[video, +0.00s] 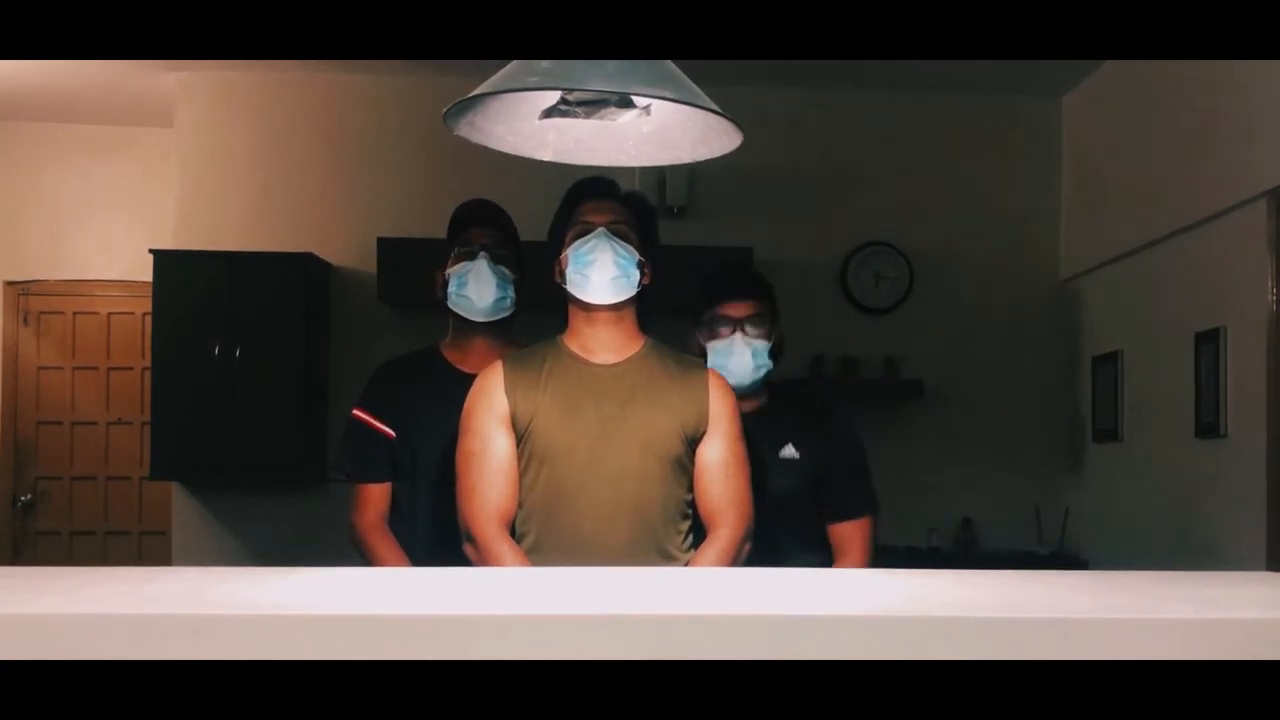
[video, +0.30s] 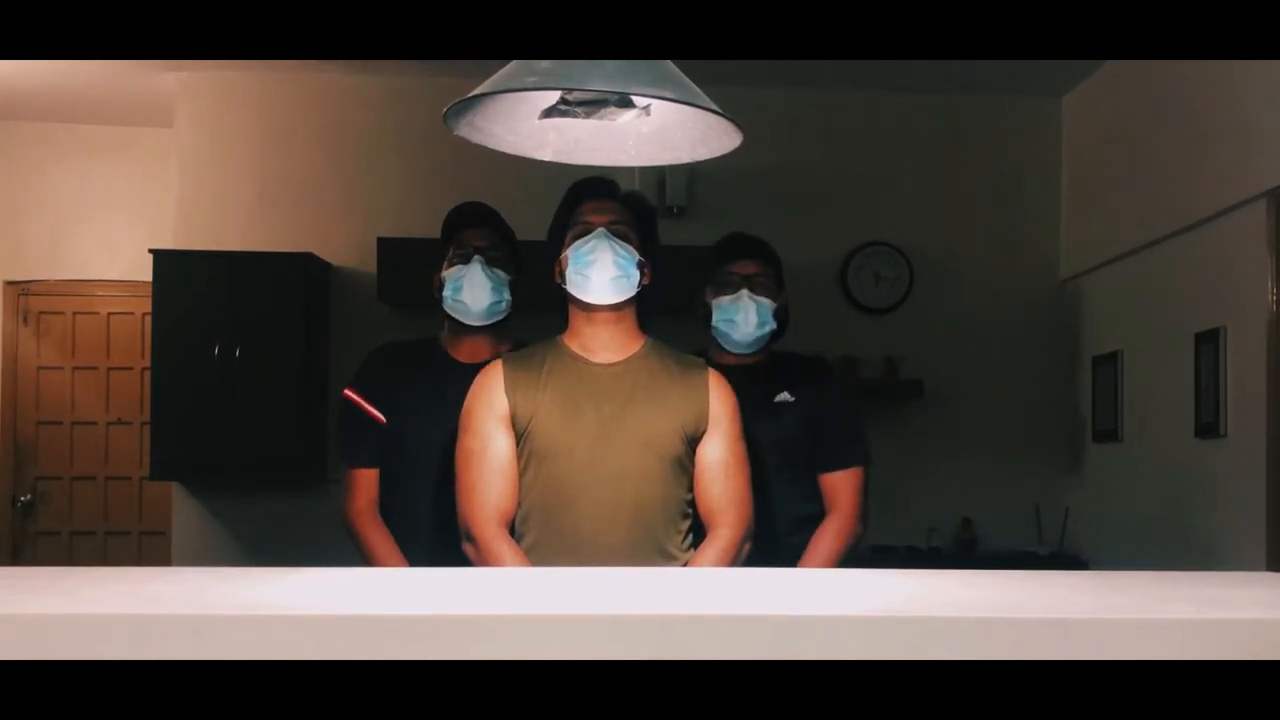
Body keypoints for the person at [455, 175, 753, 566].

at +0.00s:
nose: (601, 244)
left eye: (619, 235)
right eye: (583, 235)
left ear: (644, 269)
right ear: (560, 266)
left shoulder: (703, 390)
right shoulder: (503, 384)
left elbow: (730, 531)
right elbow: (485, 533)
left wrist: (667, 617)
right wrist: (554, 623)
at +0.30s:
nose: (601, 243)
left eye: (618, 235)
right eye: (583, 235)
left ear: (644, 270)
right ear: (560, 267)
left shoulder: (704, 389)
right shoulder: (502, 383)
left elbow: (730, 532)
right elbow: (483, 532)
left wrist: (665, 619)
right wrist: (552, 619)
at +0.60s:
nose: (600, 244)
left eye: (618, 235)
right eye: (582, 235)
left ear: (644, 268)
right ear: (559, 265)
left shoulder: (703, 390)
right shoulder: (502, 384)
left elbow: (729, 531)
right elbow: (484, 532)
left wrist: (666, 615)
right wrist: (550, 616)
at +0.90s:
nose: (601, 245)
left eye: (619, 236)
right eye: (583, 235)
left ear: (645, 268)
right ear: (560, 264)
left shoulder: (704, 391)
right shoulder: (503, 385)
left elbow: (729, 531)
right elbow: (484, 532)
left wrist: (667, 616)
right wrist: (549, 617)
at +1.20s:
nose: (602, 244)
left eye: (620, 235)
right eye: (584, 235)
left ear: (646, 268)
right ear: (561, 265)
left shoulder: (705, 391)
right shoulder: (503, 385)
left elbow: (729, 534)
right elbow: (485, 533)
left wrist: (664, 621)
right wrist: (551, 621)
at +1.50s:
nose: (601, 245)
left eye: (620, 235)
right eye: (584, 235)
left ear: (645, 268)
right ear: (560, 265)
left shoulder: (704, 390)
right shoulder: (503, 385)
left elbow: (730, 532)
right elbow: (484, 533)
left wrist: (667, 617)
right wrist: (551, 622)